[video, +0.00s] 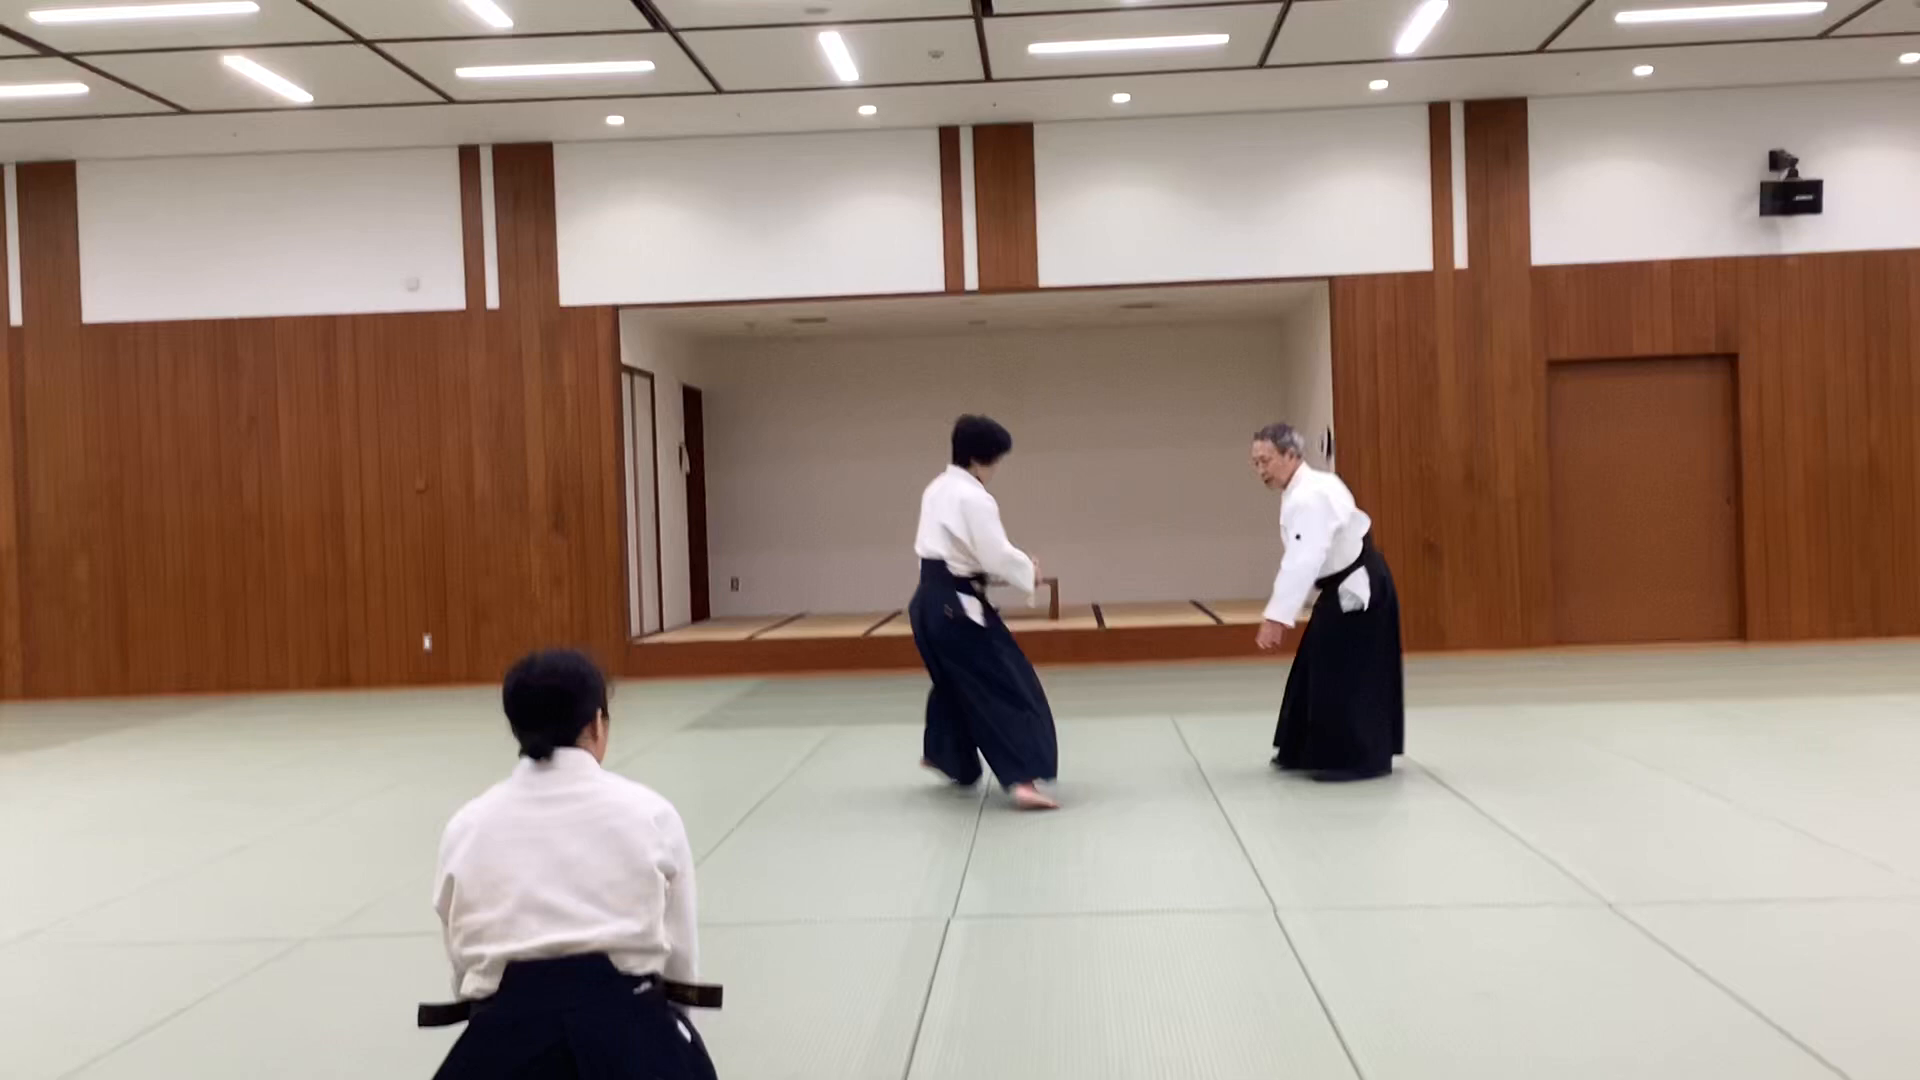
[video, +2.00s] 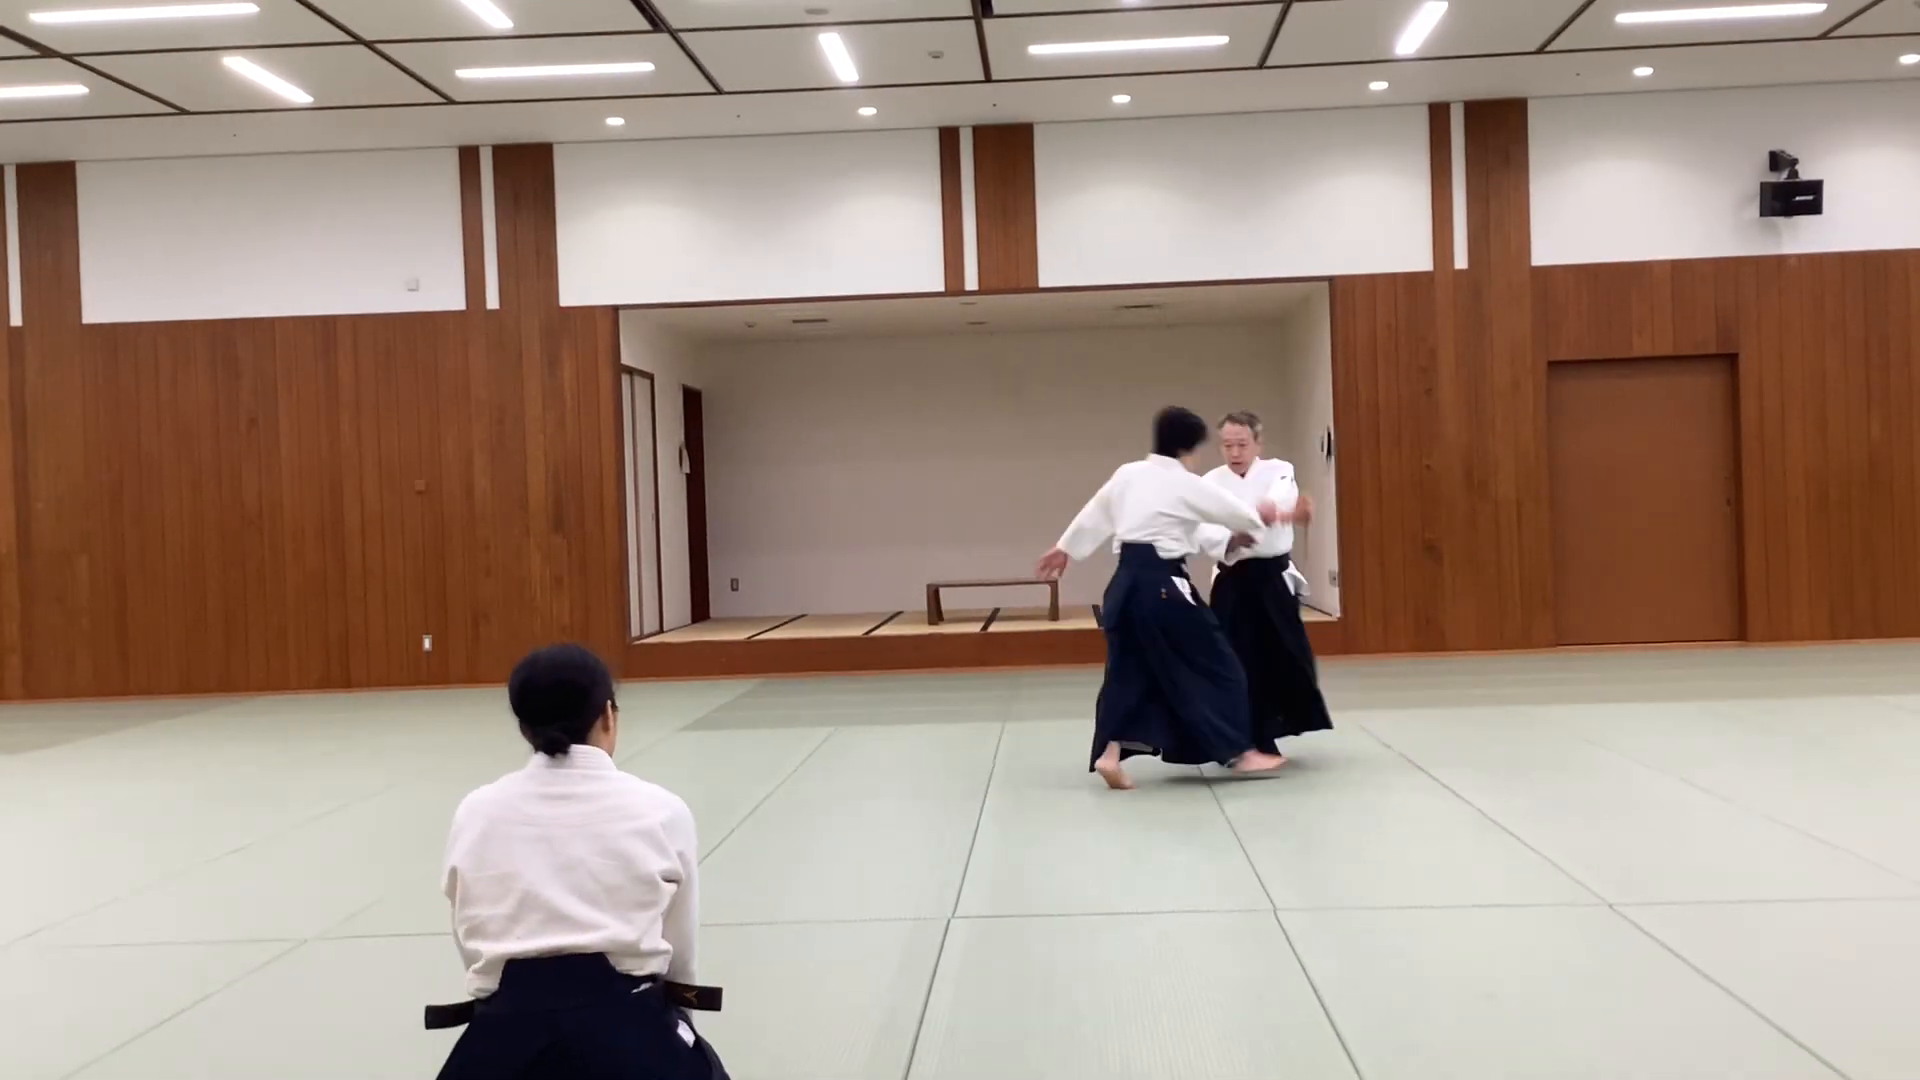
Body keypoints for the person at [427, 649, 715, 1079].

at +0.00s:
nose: (607, 728)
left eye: (607, 717)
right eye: (606, 719)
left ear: (517, 729)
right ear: (596, 726)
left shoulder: (467, 825)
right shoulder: (649, 813)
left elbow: (463, 970)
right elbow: (680, 959)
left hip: (506, 1033)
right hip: (629, 1031)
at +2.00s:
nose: (616, 719)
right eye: (615, 708)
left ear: (524, 727)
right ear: (607, 716)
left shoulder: (476, 812)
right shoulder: (661, 810)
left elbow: (472, 950)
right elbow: (680, 959)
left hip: (507, 1038)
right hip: (631, 1035)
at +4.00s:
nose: (620, 721)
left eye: (618, 709)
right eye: (619, 710)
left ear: (527, 725)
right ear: (609, 717)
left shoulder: (475, 816)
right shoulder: (660, 817)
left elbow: (471, 951)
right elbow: (681, 965)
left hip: (507, 1042)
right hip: (630, 1040)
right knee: (701, 1052)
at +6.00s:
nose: (619, 726)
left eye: (619, 713)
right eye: (619, 714)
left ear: (528, 723)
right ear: (605, 721)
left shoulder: (469, 819)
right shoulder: (656, 817)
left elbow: (467, 955)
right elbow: (680, 965)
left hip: (504, 1046)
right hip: (629, 1043)